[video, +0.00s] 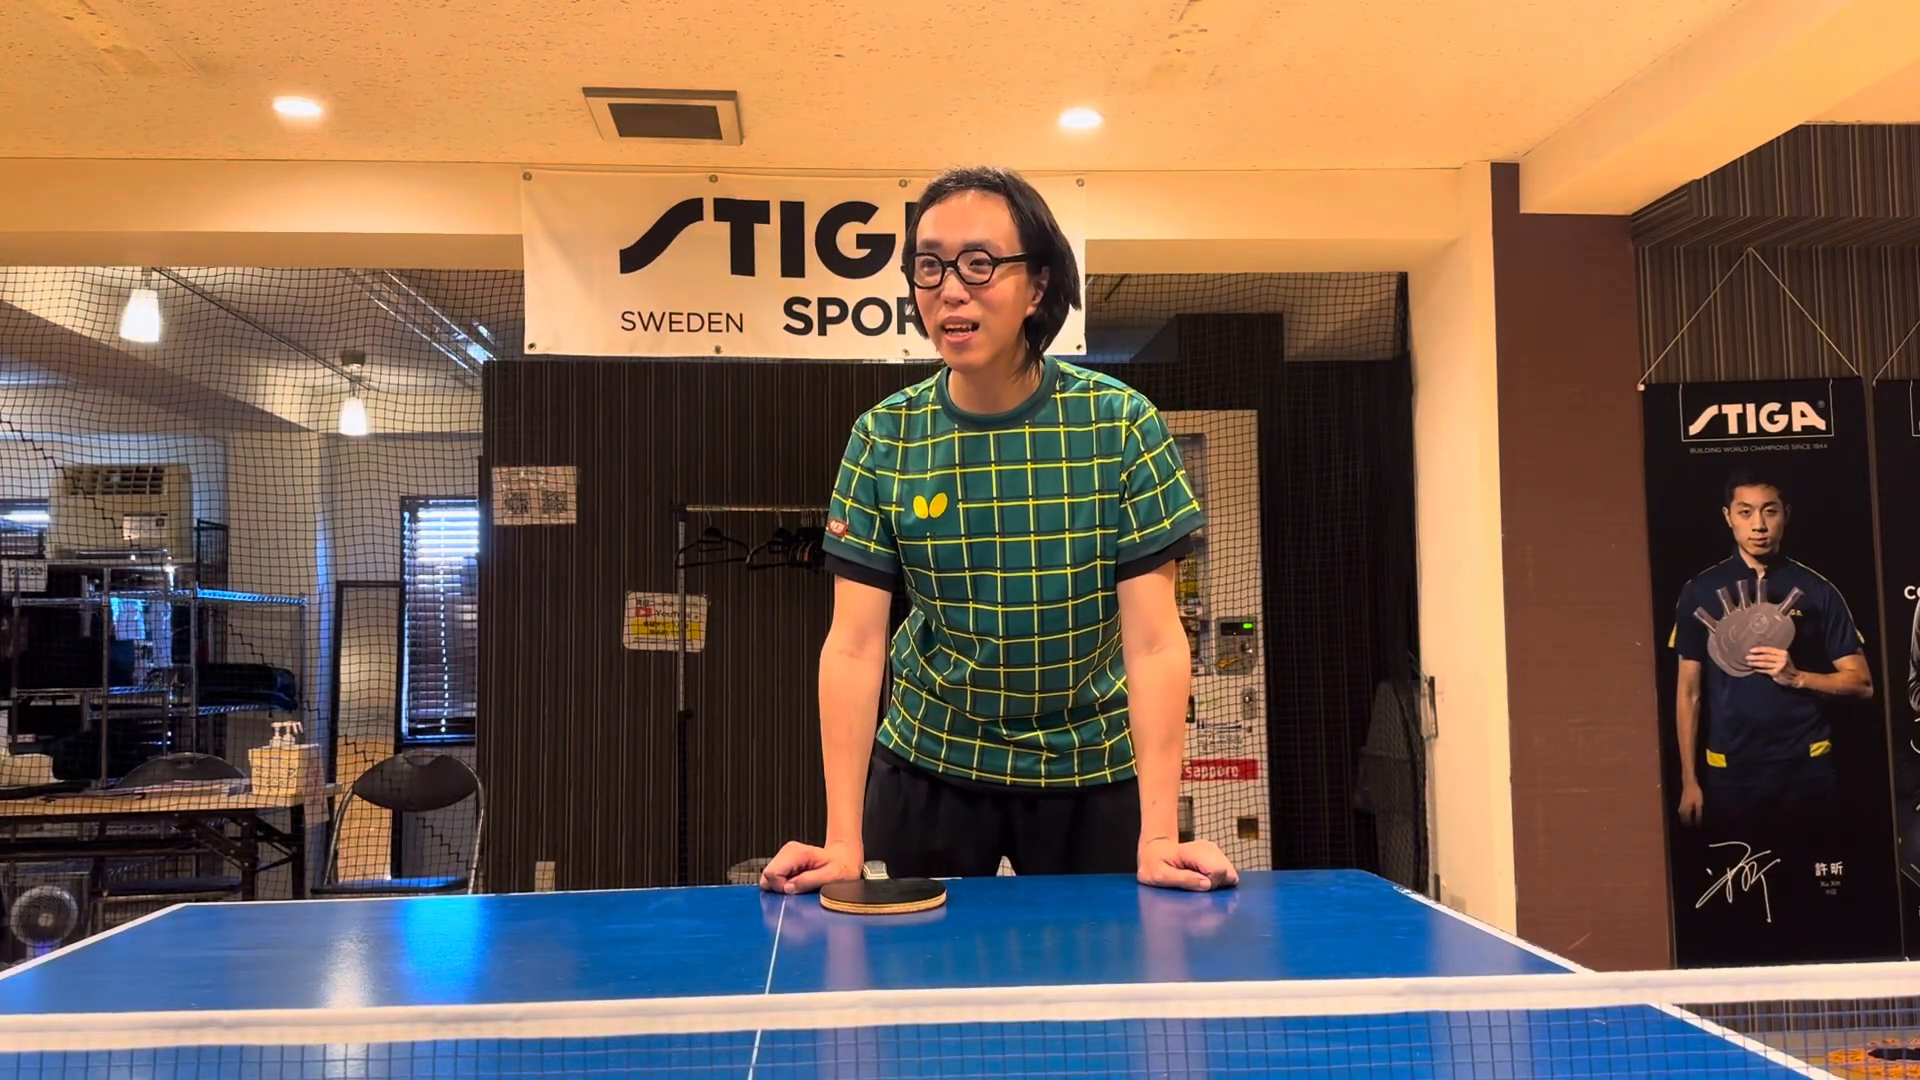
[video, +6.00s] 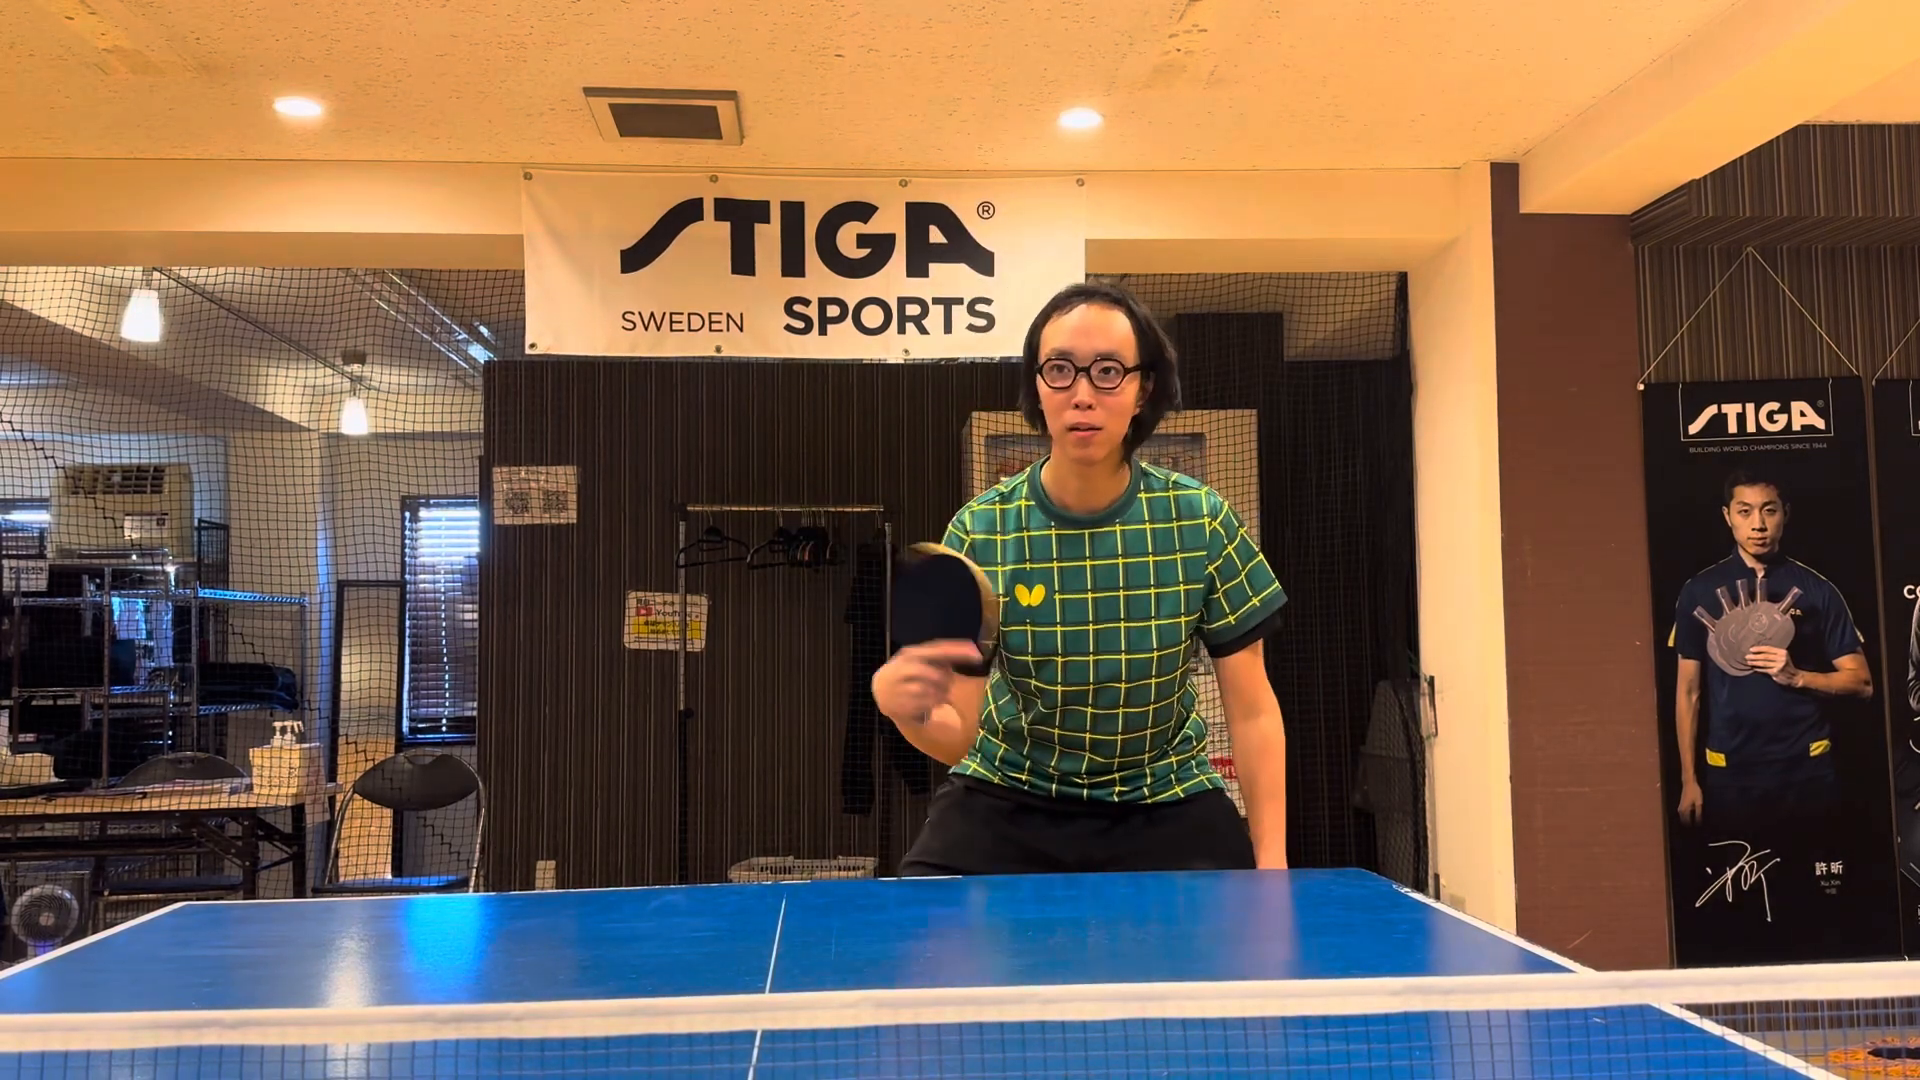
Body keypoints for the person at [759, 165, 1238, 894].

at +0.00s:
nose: (949, 289)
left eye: (979, 263)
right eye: (931, 266)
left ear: (1037, 287)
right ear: (914, 287)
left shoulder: (1120, 426)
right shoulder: (886, 437)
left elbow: (1154, 642)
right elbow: (853, 646)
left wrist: (1161, 836)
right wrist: (842, 844)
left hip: (1090, 781)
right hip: (927, 778)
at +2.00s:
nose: (1005, 251)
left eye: (1032, 230)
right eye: (985, 231)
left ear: (1073, 260)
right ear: (963, 256)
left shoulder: (1131, 420)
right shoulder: (915, 425)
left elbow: (1155, 609)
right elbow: (876, 621)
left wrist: (1126, 730)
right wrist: (907, 713)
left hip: (1097, 772)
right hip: (941, 771)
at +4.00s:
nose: (1038, 397)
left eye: (1065, 370)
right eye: (1015, 369)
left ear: (1103, 383)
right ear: (991, 382)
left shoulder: (1157, 507)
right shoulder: (939, 520)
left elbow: (1203, 667)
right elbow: (883, 682)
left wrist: (1188, 802)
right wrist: (866, 739)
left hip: (1116, 819)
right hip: (957, 815)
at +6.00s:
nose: (1081, 392)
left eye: (1107, 371)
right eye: (1060, 370)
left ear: (1142, 390)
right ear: (1036, 389)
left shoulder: (1199, 522)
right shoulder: (981, 530)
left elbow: (1252, 711)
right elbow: (957, 734)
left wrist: (1271, 871)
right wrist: (898, 703)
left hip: (1165, 798)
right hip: (1005, 796)